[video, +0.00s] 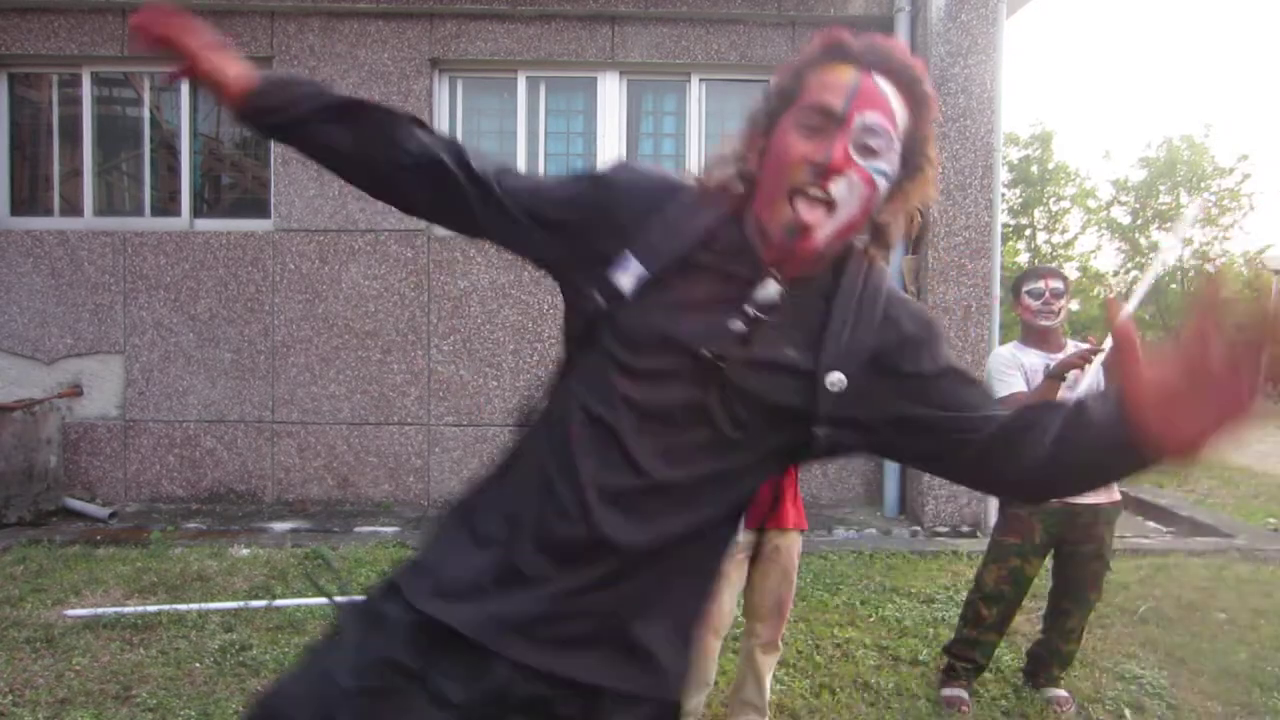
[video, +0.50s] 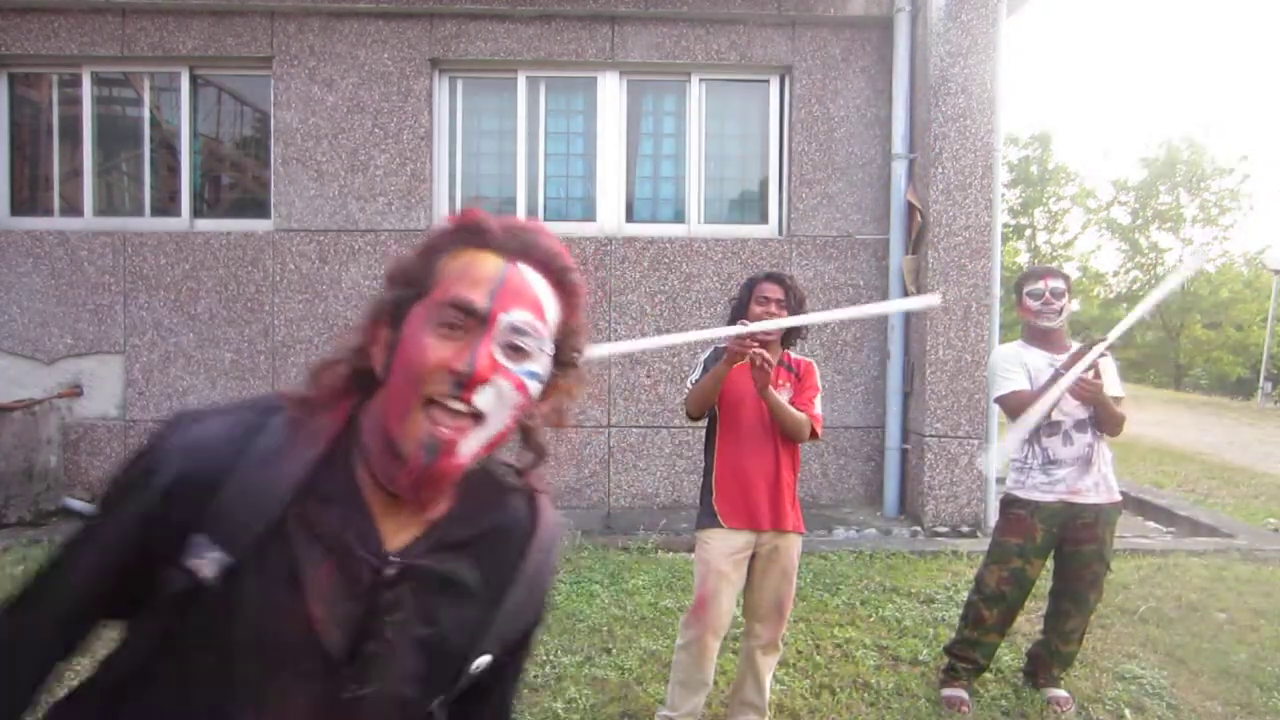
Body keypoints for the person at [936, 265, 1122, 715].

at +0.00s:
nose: (1048, 301)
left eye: (1056, 294)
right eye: (1036, 294)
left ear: (1069, 304)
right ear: (1018, 305)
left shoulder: (1096, 358)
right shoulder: (1006, 359)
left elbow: (1128, 403)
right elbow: (1020, 423)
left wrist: (1123, 344)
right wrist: (1057, 374)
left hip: (1095, 504)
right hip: (1030, 502)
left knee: (1076, 602)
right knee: (996, 592)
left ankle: (1045, 675)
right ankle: (958, 675)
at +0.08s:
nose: (1045, 299)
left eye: (1055, 293)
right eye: (1034, 293)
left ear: (1068, 304)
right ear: (1017, 305)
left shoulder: (1085, 355)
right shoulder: (1006, 358)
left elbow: (1121, 414)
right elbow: (1026, 418)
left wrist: (1114, 367)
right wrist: (1061, 370)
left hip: (1091, 499)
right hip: (1030, 499)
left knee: (1073, 598)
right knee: (999, 586)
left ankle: (1046, 675)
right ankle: (957, 676)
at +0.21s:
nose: (1045, 300)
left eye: (1054, 293)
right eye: (1033, 294)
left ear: (1067, 305)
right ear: (1016, 306)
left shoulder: (1085, 356)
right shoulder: (1006, 358)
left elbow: (1118, 417)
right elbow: (1026, 417)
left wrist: (1108, 363)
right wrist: (1064, 369)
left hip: (1095, 498)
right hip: (1034, 497)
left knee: (1079, 598)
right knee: (997, 588)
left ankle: (1046, 674)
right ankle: (958, 675)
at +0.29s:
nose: (1042, 301)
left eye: (1052, 294)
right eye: (1032, 295)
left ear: (1067, 306)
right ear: (1017, 306)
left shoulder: (1086, 358)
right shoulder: (1006, 358)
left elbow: (1115, 424)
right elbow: (1027, 417)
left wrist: (1104, 376)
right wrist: (1064, 370)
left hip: (1095, 499)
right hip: (1034, 497)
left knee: (1079, 598)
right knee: (997, 588)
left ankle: (1045, 673)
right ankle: (958, 675)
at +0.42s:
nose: (1046, 300)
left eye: (1055, 293)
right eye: (1035, 294)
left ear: (1069, 304)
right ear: (1018, 306)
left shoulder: (1095, 357)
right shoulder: (1008, 359)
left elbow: (1114, 426)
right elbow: (1027, 417)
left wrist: (1099, 394)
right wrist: (1066, 371)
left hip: (1095, 498)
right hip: (1033, 497)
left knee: (1079, 599)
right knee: (998, 589)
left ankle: (1046, 672)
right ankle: (958, 675)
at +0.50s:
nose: (1048, 301)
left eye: (1057, 294)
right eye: (1036, 295)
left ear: (1071, 304)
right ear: (1020, 306)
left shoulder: (1095, 358)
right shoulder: (1009, 356)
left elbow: (1115, 427)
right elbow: (1021, 412)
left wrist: (1099, 400)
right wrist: (1071, 370)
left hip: (1095, 498)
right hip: (1033, 495)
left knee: (1079, 598)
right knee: (999, 587)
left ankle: (1046, 672)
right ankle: (958, 675)